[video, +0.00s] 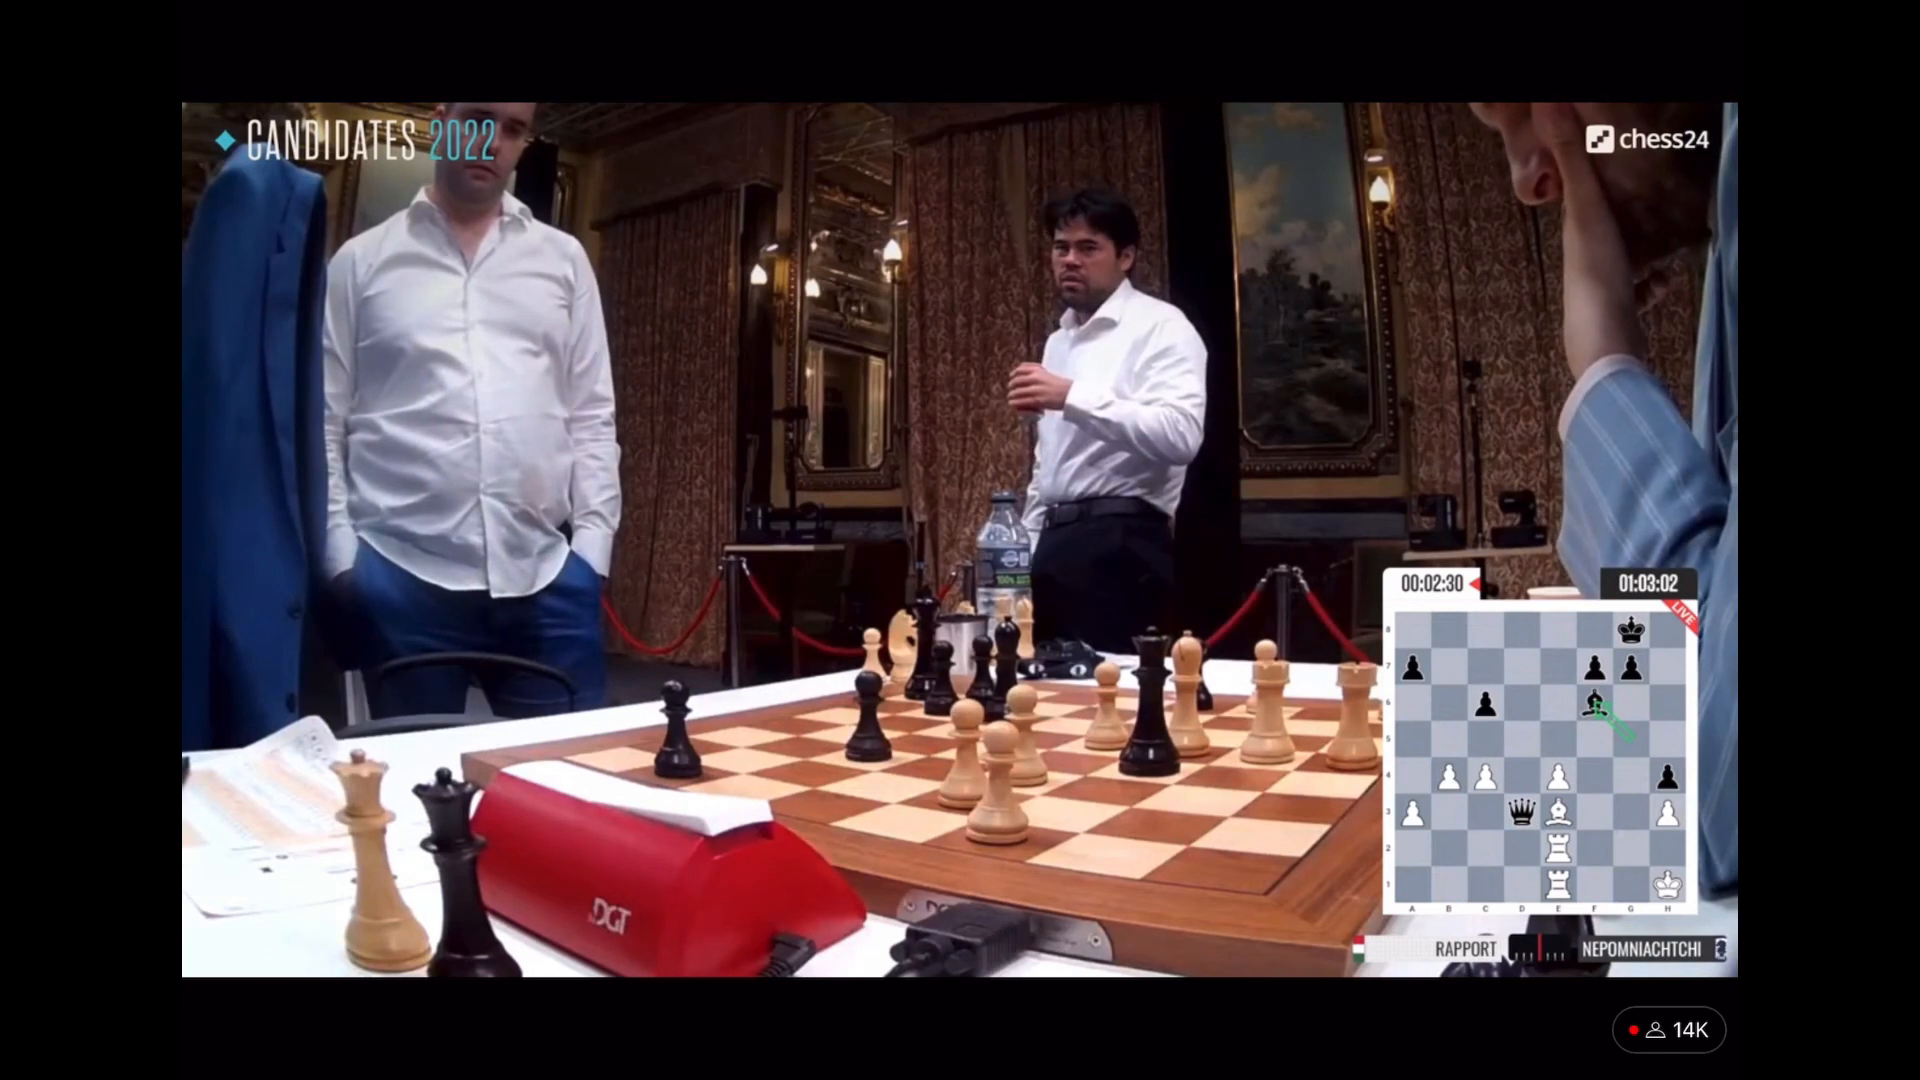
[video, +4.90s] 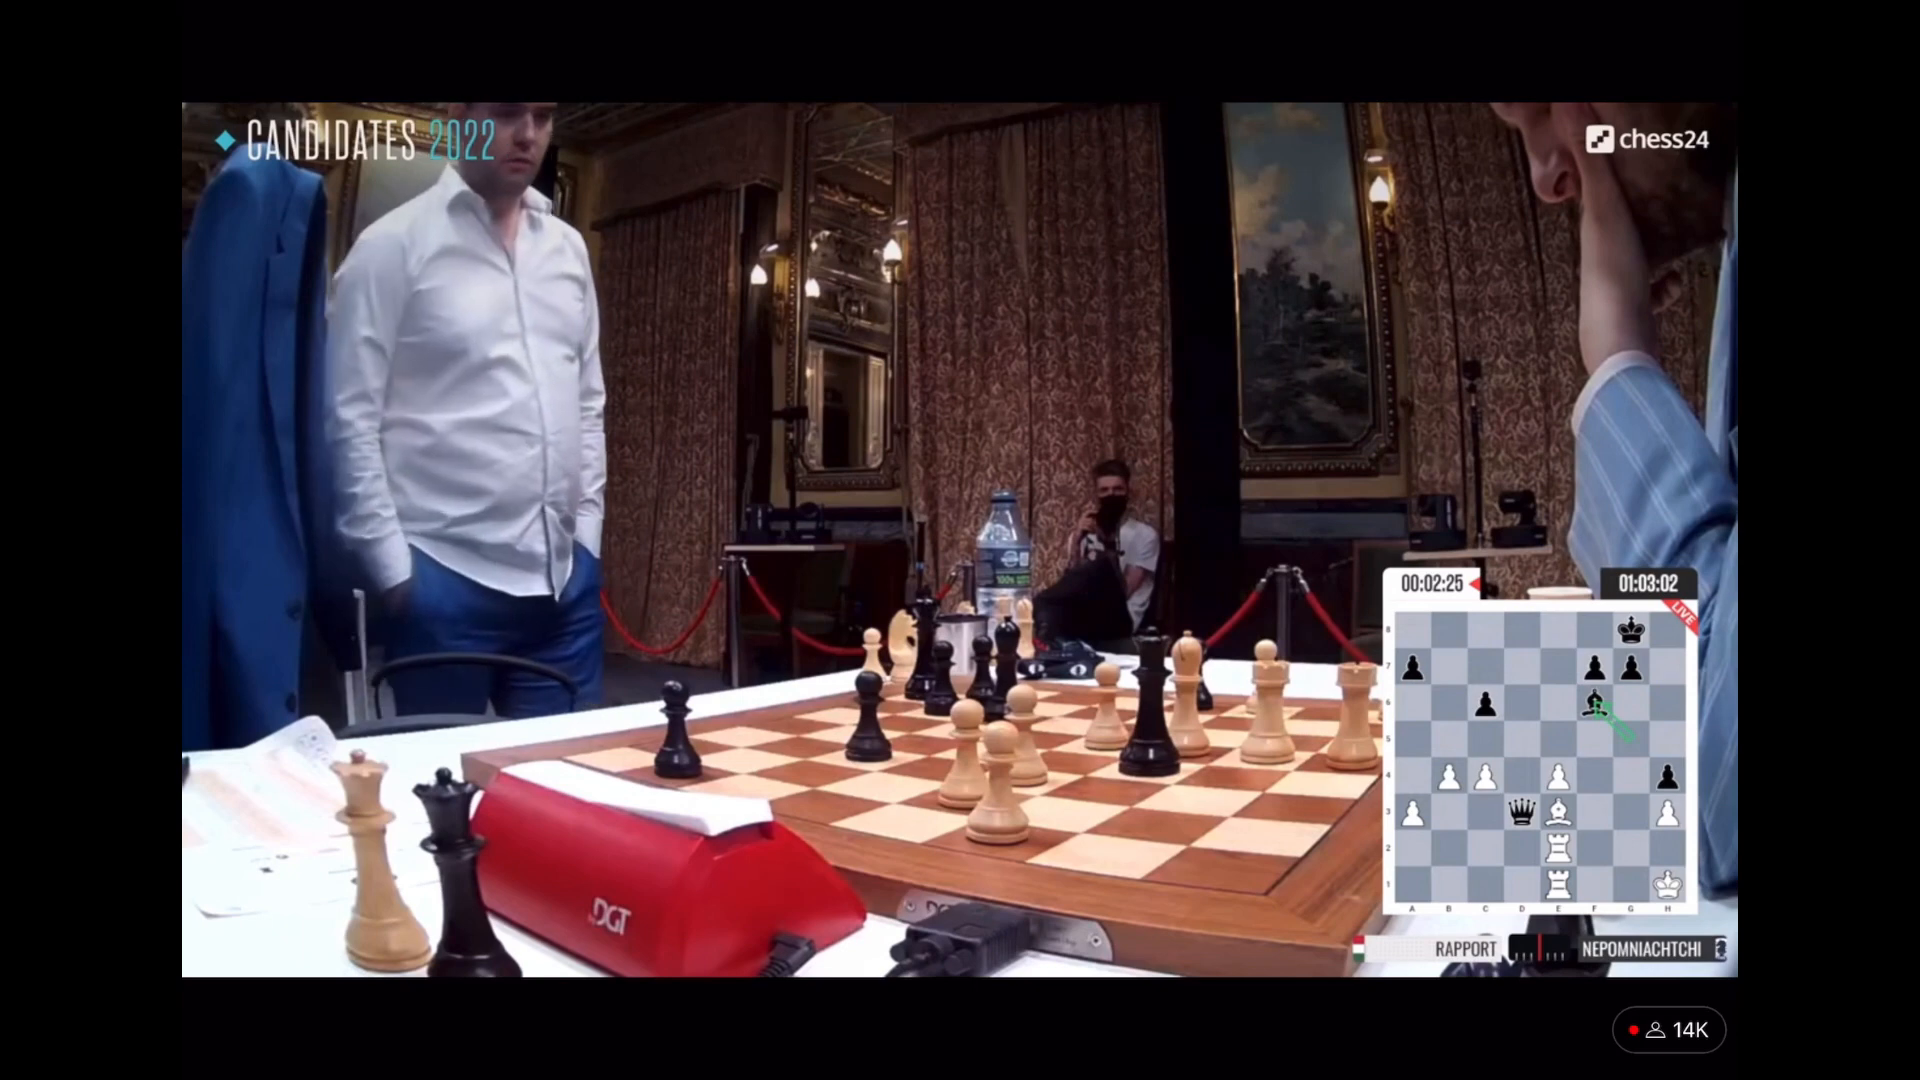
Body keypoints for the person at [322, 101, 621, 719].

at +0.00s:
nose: (489, 144)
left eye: (511, 130)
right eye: (475, 120)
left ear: (528, 144)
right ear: (439, 120)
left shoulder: (563, 259)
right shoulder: (360, 263)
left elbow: (592, 416)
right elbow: (325, 420)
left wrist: (590, 550)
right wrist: (343, 562)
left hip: (549, 584)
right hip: (403, 586)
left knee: (575, 787)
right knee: (417, 792)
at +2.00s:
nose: (490, 144)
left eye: (513, 131)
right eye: (477, 120)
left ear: (530, 145)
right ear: (441, 121)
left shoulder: (565, 260)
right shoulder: (362, 262)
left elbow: (592, 417)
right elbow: (326, 418)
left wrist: (588, 553)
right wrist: (341, 560)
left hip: (546, 583)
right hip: (401, 585)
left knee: (570, 786)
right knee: (412, 789)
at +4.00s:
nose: (483, 146)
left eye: (503, 130)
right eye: (467, 121)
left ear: (517, 144)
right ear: (425, 120)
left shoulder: (536, 259)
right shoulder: (344, 255)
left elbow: (563, 416)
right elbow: (308, 419)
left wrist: (565, 548)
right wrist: (335, 564)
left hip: (528, 580)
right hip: (391, 584)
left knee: (560, 778)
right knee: (411, 786)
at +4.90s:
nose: (526, 135)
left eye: (540, 118)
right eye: (505, 115)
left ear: (552, 129)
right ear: (460, 119)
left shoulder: (566, 247)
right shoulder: (393, 246)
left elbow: (590, 403)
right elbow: (349, 419)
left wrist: (587, 538)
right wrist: (394, 574)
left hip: (565, 578)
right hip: (443, 584)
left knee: (568, 790)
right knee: (447, 800)